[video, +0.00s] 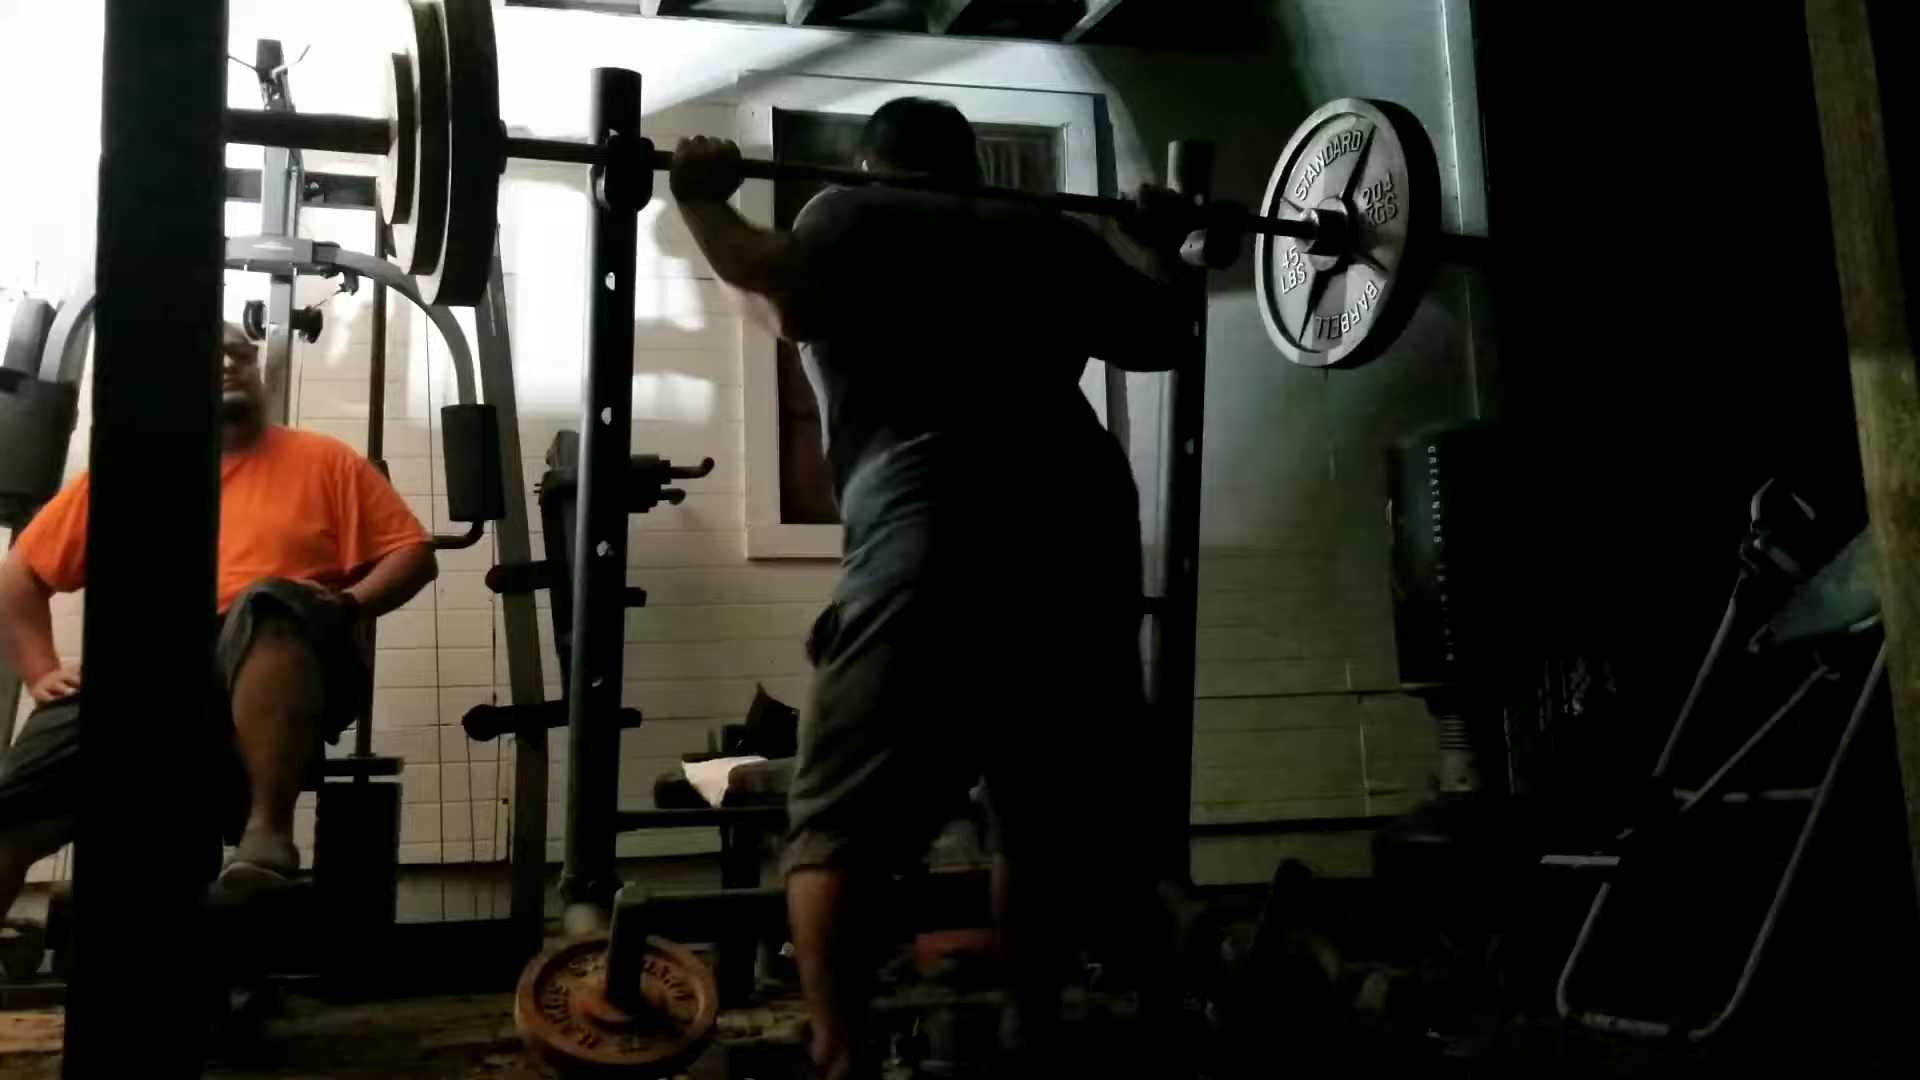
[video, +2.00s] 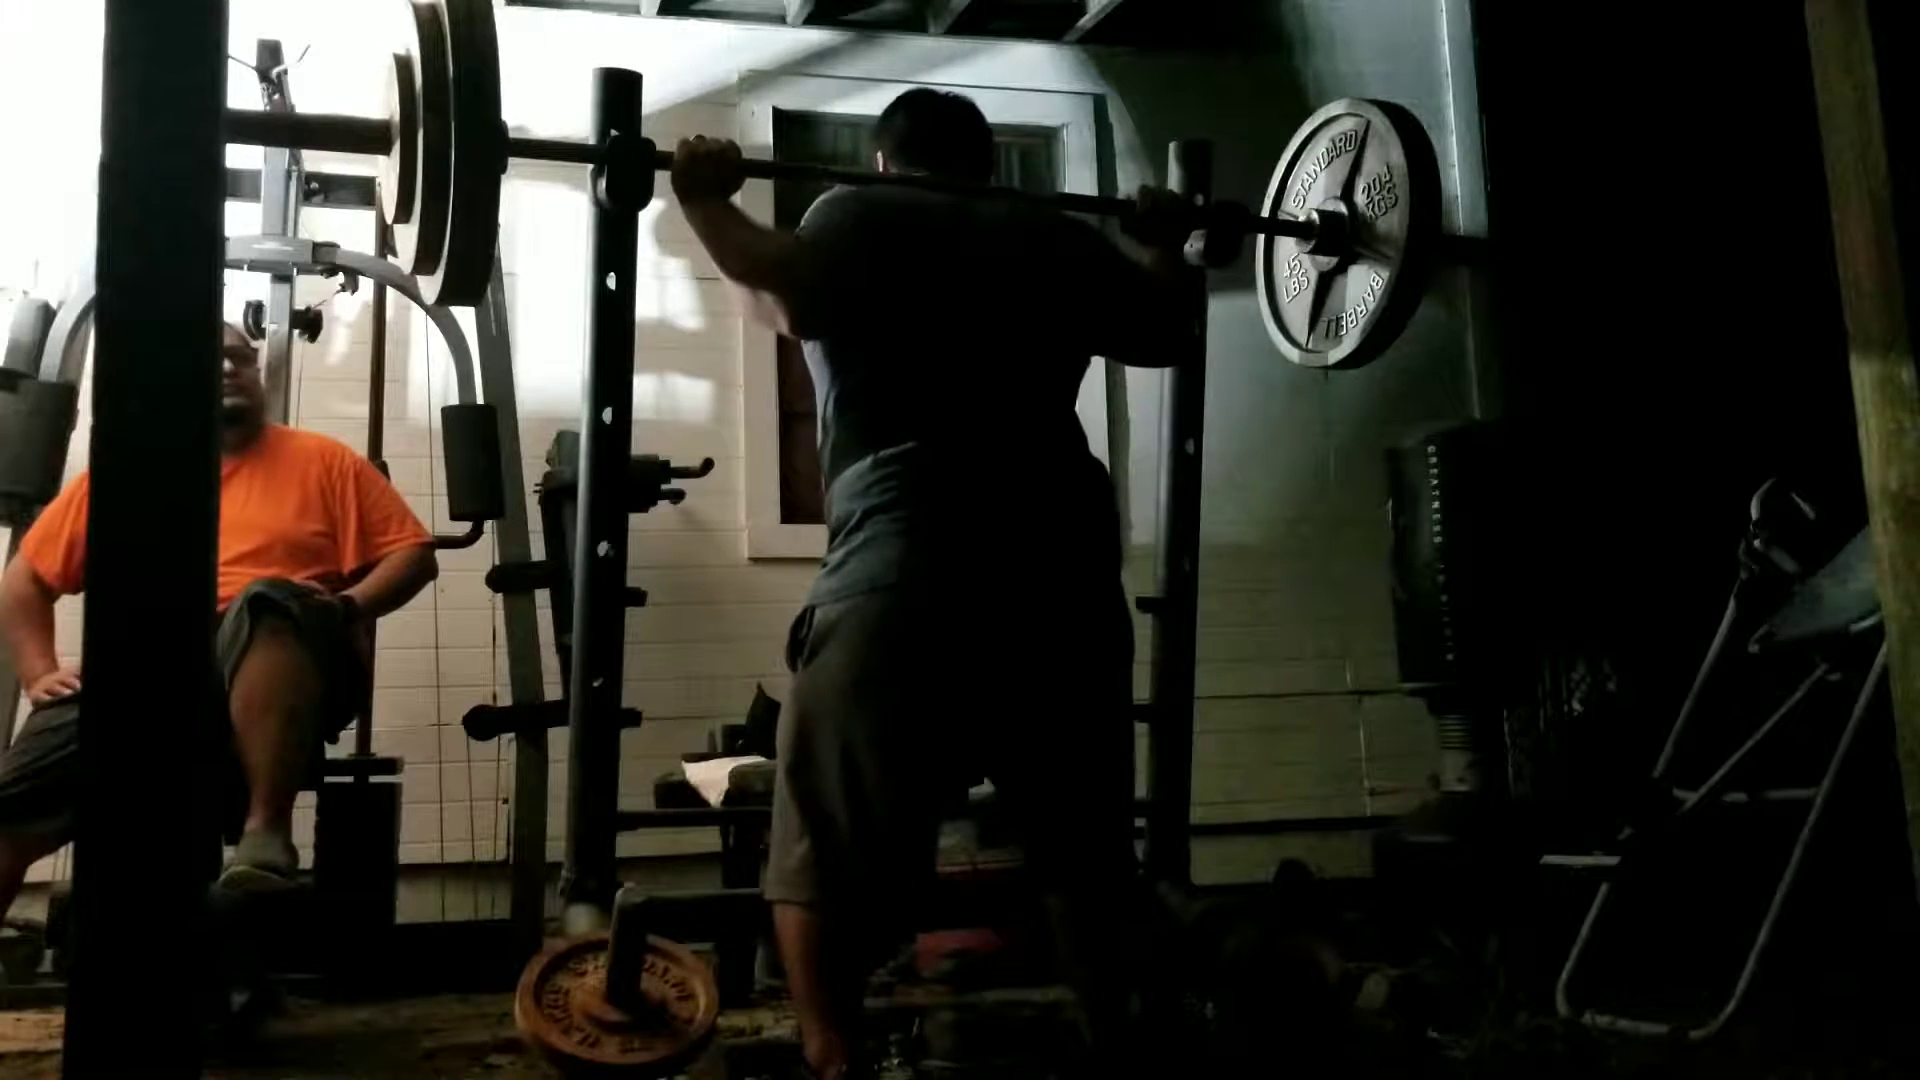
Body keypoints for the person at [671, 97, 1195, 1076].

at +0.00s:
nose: (855, 182)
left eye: (860, 168)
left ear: (868, 168)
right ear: (973, 169)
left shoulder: (844, 219)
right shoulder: (1046, 237)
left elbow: (762, 267)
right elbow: (1168, 328)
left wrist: (701, 194)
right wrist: (1147, 236)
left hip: (922, 530)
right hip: (1077, 525)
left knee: (840, 803)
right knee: (1047, 792)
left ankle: (837, 1053)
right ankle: (1037, 1032)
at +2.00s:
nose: (870, 172)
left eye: (874, 158)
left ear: (883, 158)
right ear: (990, 165)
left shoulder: (850, 216)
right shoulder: (1055, 239)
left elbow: (770, 272)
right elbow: (1170, 332)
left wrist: (704, 193)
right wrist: (1164, 247)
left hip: (898, 563)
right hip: (1062, 566)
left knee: (822, 830)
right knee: (1085, 834)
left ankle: (830, 1053)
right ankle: (1121, 1042)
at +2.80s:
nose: (867, 144)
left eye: (872, 132)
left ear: (877, 131)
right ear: (981, 135)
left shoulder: (847, 171)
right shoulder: (1054, 196)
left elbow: (769, 233)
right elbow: (1178, 287)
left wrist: (700, 158)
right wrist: (1162, 199)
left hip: (893, 530)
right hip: (1054, 526)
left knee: (851, 808)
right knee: (1090, 801)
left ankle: (833, 1053)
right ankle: (1134, 1034)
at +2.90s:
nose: (864, 146)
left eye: (870, 132)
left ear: (874, 132)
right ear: (980, 136)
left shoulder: (843, 174)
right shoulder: (1054, 197)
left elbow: (772, 240)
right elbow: (1179, 290)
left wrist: (700, 162)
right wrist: (1163, 200)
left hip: (891, 534)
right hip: (1053, 529)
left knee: (851, 813)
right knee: (1094, 806)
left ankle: (833, 1054)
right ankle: (1137, 1037)